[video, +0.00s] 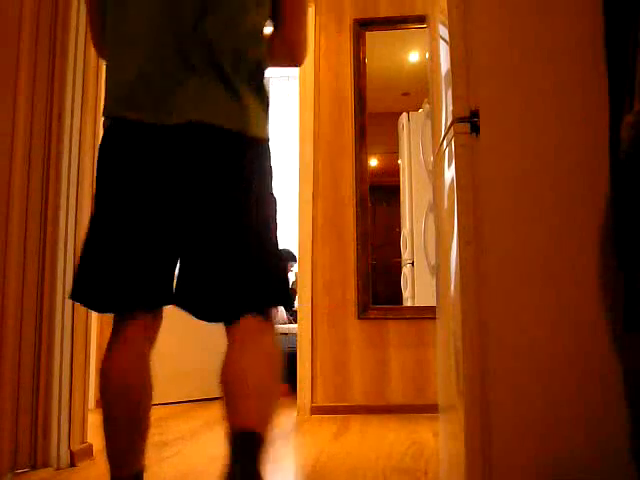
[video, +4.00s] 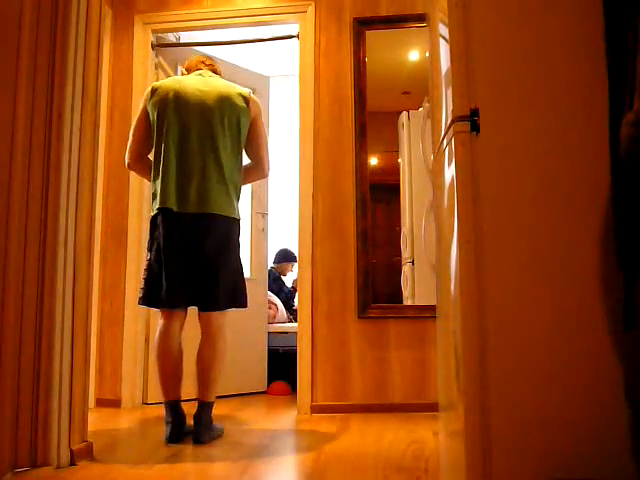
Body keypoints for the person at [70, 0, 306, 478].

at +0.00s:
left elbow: (103, 41)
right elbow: (292, 46)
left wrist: (165, 48)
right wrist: (225, 48)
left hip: (134, 133)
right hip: (228, 136)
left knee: (134, 321)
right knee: (251, 317)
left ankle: (125, 477)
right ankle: (245, 472)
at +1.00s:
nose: (203, 18)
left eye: (187, 15)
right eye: (205, 13)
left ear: (162, 13)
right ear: (205, 14)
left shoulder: (129, 50)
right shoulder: (231, 53)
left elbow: (119, 130)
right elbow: (250, 134)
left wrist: (163, 134)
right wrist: (207, 143)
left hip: (146, 204)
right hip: (209, 203)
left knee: (155, 323)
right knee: (248, 311)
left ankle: (163, 446)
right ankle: (214, 421)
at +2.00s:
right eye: (197, 23)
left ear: (156, 22)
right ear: (199, 23)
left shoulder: (128, 54)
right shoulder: (229, 60)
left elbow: (115, 132)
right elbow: (257, 138)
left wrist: (159, 137)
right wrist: (212, 149)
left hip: (149, 207)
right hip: (208, 208)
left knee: (155, 322)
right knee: (209, 324)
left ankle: (164, 444)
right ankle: (206, 443)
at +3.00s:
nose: (193, 59)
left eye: (191, 56)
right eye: (211, 56)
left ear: (190, 60)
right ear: (227, 65)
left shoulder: (164, 83)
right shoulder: (249, 98)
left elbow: (143, 156)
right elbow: (263, 169)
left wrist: (172, 175)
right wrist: (223, 188)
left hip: (165, 215)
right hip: (217, 219)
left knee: (158, 314)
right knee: (215, 323)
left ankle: (153, 406)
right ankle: (204, 422)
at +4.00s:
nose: (185, 72)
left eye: (184, 70)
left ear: (184, 71)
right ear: (218, 72)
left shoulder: (160, 91)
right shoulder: (245, 99)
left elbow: (134, 158)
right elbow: (260, 168)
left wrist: (170, 178)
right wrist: (222, 179)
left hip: (169, 217)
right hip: (219, 219)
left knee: (171, 318)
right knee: (212, 320)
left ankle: (174, 421)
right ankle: (203, 422)